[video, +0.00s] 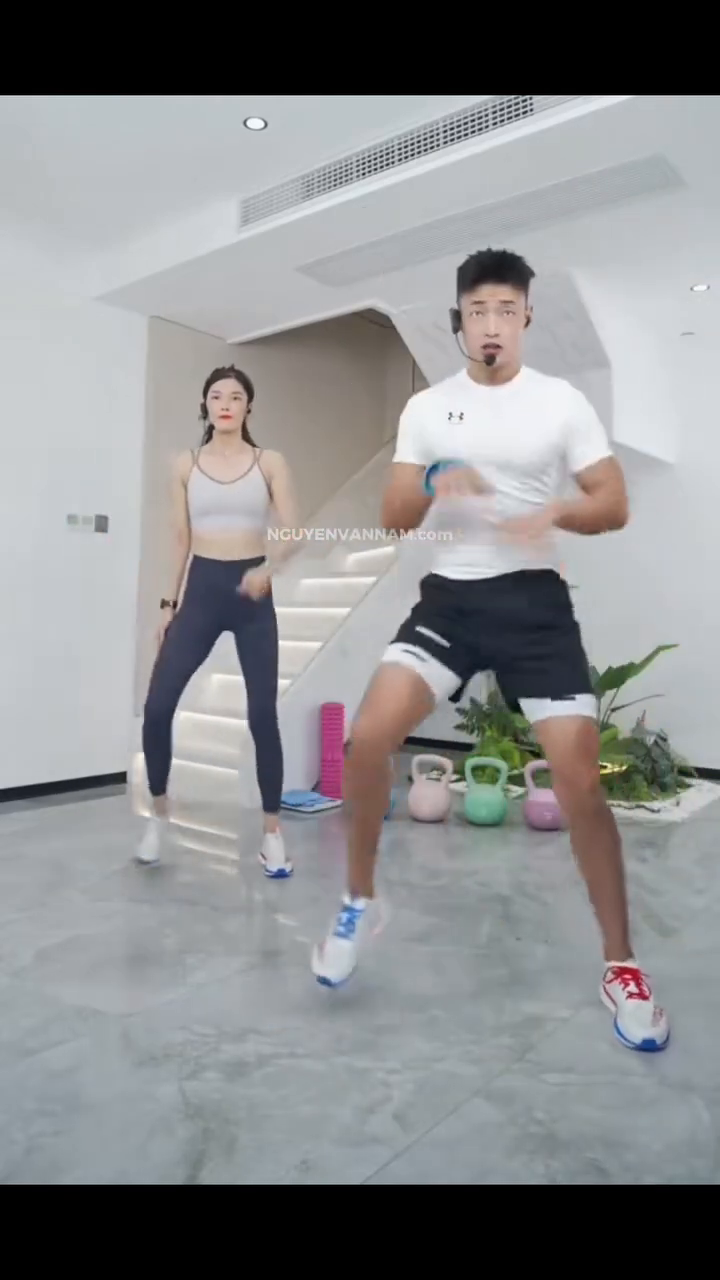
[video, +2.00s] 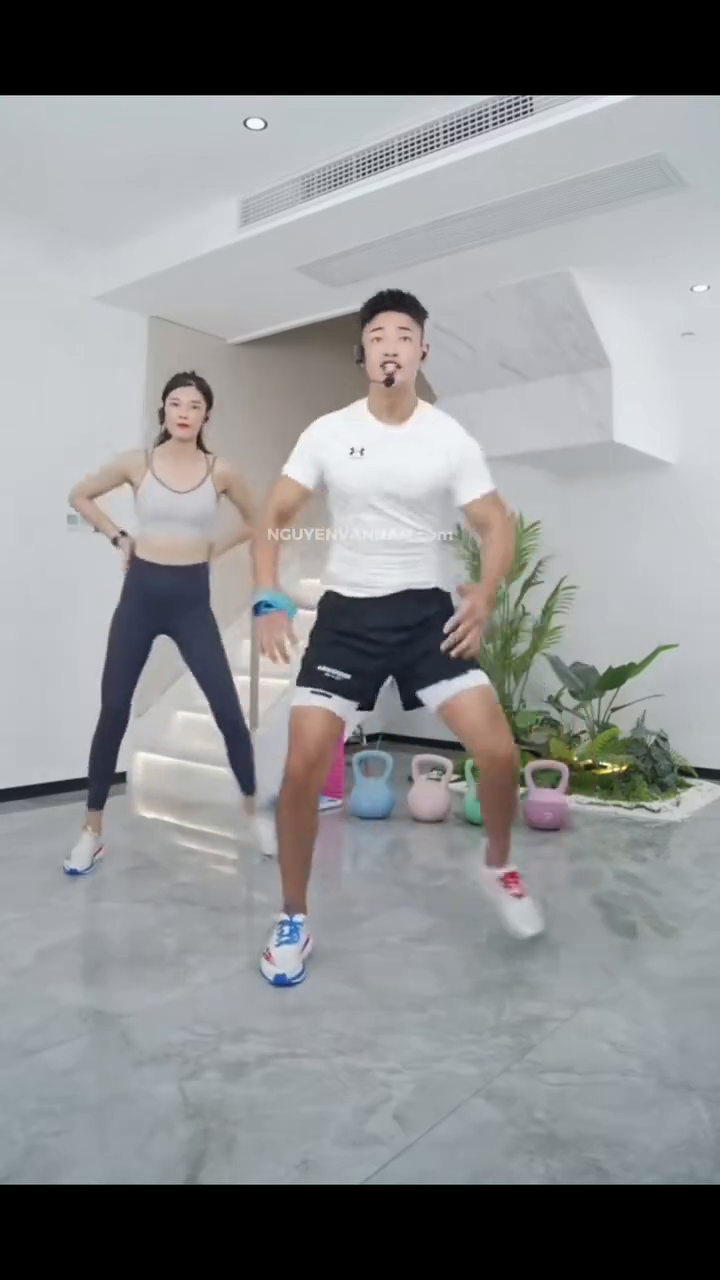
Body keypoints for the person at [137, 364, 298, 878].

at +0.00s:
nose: (226, 404)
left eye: (235, 397)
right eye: (218, 397)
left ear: (249, 407)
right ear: (205, 405)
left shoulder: (269, 462)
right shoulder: (187, 465)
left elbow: (292, 532)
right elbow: (183, 540)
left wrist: (268, 569)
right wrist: (171, 603)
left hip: (254, 593)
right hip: (202, 593)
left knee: (263, 715)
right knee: (157, 709)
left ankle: (272, 829)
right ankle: (158, 814)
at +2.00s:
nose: (185, 412)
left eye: (194, 406)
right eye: (178, 404)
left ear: (207, 415)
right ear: (164, 411)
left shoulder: (222, 472)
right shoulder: (137, 462)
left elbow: (258, 525)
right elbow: (80, 495)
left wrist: (215, 550)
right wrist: (119, 536)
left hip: (191, 601)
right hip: (140, 598)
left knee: (229, 712)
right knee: (113, 711)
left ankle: (253, 814)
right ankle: (92, 827)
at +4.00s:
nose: (173, 399)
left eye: (182, 393)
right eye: (165, 391)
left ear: (195, 405)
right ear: (151, 400)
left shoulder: (212, 463)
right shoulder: (128, 455)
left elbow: (218, 538)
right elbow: (107, 519)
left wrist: (223, 605)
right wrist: (96, 555)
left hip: (181, 586)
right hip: (130, 579)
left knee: (148, 706)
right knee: (113, 704)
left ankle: (136, 821)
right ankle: (104, 823)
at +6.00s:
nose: (196, 402)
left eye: (206, 397)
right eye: (189, 394)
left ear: (217, 409)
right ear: (174, 402)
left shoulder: (226, 461)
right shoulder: (148, 452)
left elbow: (272, 510)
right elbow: (87, 484)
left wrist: (266, 470)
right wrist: (63, 434)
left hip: (200, 586)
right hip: (149, 584)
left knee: (236, 706)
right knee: (127, 707)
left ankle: (271, 810)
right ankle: (107, 825)